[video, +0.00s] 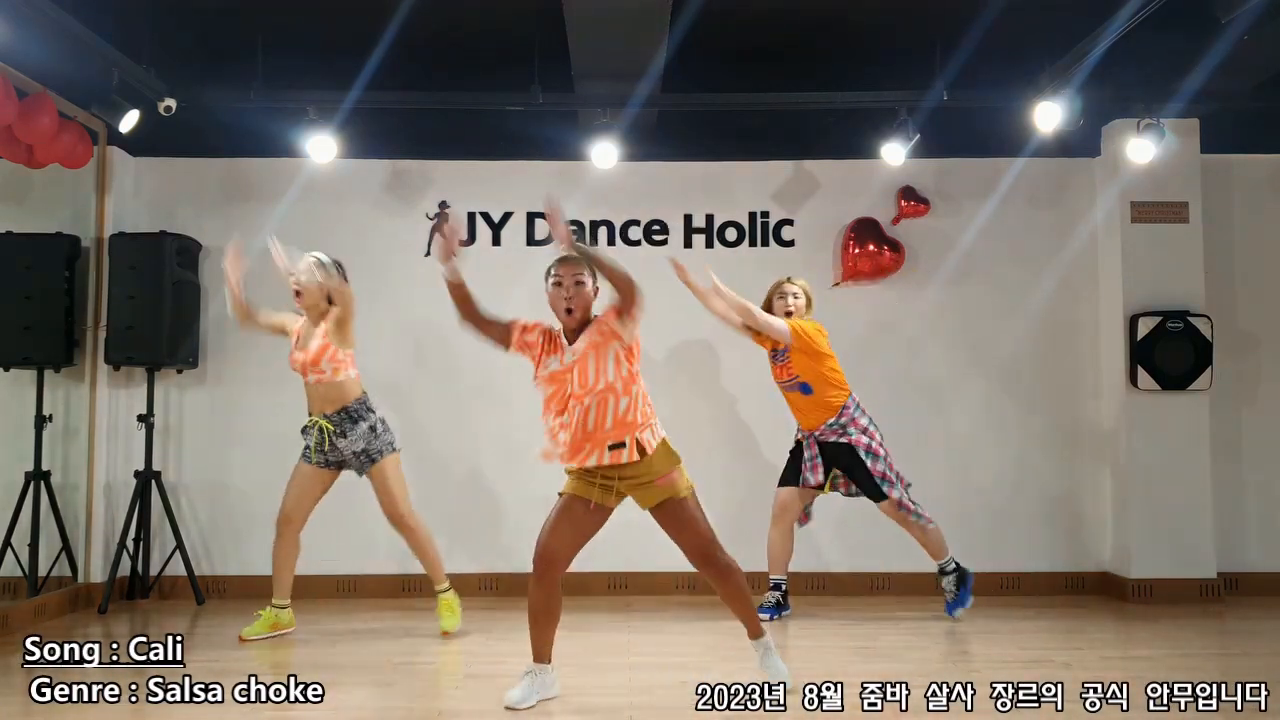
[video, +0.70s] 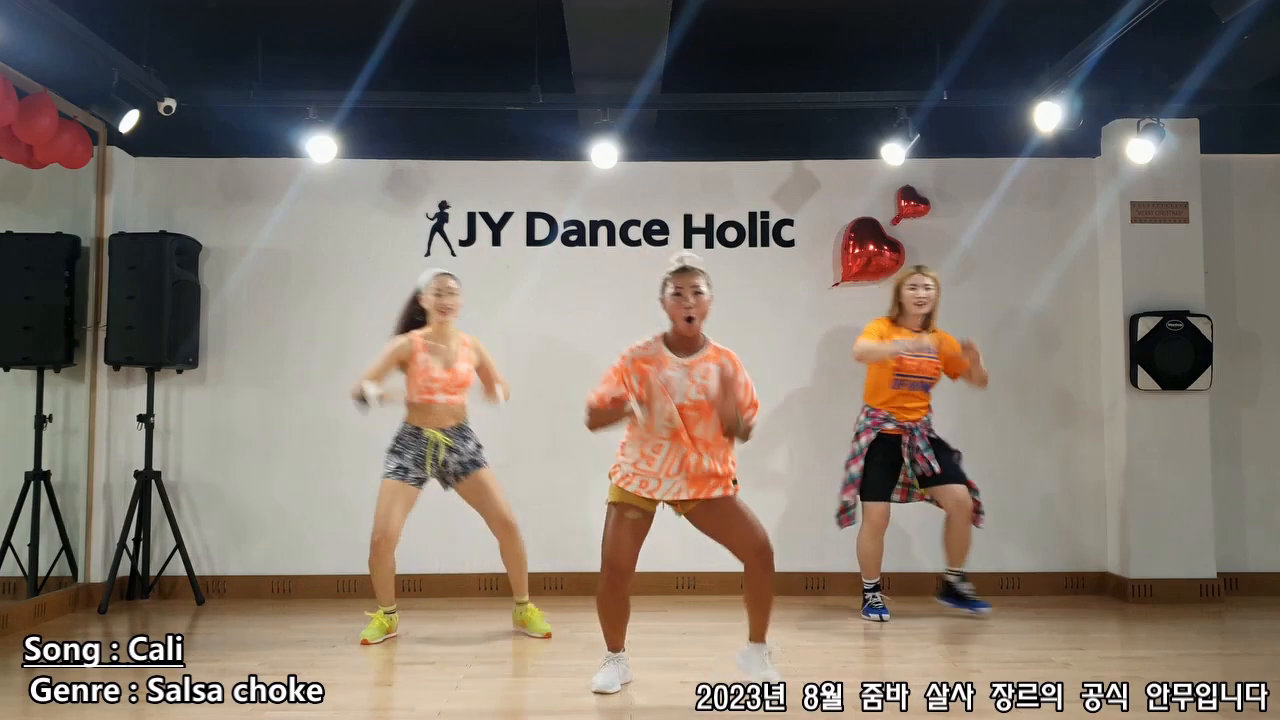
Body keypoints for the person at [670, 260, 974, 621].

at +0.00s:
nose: (788, 299)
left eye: (796, 295)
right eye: (781, 295)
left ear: (806, 308)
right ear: (771, 307)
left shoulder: (809, 333)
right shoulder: (772, 340)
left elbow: (755, 317)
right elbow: (731, 317)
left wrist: (719, 287)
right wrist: (695, 286)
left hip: (848, 433)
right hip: (811, 440)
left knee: (895, 507)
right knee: (783, 507)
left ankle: (951, 571)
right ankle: (777, 595)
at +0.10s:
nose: (802, 297)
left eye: (809, 292)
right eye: (794, 292)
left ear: (820, 303)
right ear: (783, 304)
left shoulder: (828, 332)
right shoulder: (776, 340)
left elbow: (807, 356)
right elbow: (731, 346)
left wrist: (764, 332)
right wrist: (715, 315)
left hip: (854, 430)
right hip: (814, 437)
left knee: (894, 508)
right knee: (787, 509)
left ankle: (940, 568)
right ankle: (777, 593)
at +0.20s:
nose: (821, 297)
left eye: (829, 291)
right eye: (814, 291)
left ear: (840, 300)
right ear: (802, 301)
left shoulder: (851, 336)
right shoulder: (792, 345)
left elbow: (866, 383)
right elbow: (757, 377)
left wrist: (817, 372)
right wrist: (754, 360)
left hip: (863, 434)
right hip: (821, 438)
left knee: (900, 513)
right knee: (792, 510)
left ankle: (921, 584)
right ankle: (776, 592)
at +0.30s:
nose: (844, 295)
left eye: (852, 290)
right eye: (837, 289)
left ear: (863, 299)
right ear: (826, 298)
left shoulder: (878, 337)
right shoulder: (815, 343)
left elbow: (913, 383)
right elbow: (783, 392)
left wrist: (871, 382)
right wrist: (802, 385)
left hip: (880, 436)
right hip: (836, 436)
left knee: (906, 517)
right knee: (805, 510)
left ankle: (918, 592)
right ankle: (779, 592)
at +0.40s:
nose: (866, 292)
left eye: (874, 286)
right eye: (859, 286)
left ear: (884, 294)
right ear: (847, 294)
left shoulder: (902, 333)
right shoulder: (834, 338)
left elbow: (949, 365)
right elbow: (802, 383)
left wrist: (917, 353)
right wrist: (837, 361)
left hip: (895, 431)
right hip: (850, 432)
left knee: (913, 514)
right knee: (826, 506)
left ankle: (918, 591)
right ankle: (811, 585)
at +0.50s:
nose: (884, 290)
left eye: (892, 284)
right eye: (877, 284)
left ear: (902, 293)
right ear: (865, 292)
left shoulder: (917, 331)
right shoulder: (852, 328)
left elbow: (965, 352)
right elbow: (828, 356)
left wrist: (954, 334)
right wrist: (873, 332)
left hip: (904, 429)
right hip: (859, 429)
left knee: (918, 514)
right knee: (857, 504)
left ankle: (918, 591)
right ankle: (858, 581)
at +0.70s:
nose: (921, 293)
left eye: (928, 288)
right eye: (913, 287)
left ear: (936, 296)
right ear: (899, 294)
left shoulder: (941, 341)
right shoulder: (883, 328)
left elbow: (978, 381)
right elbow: (861, 351)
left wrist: (974, 359)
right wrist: (901, 346)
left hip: (920, 435)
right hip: (880, 433)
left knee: (960, 502)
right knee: (876, 515)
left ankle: (954, 582)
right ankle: (872, 593)